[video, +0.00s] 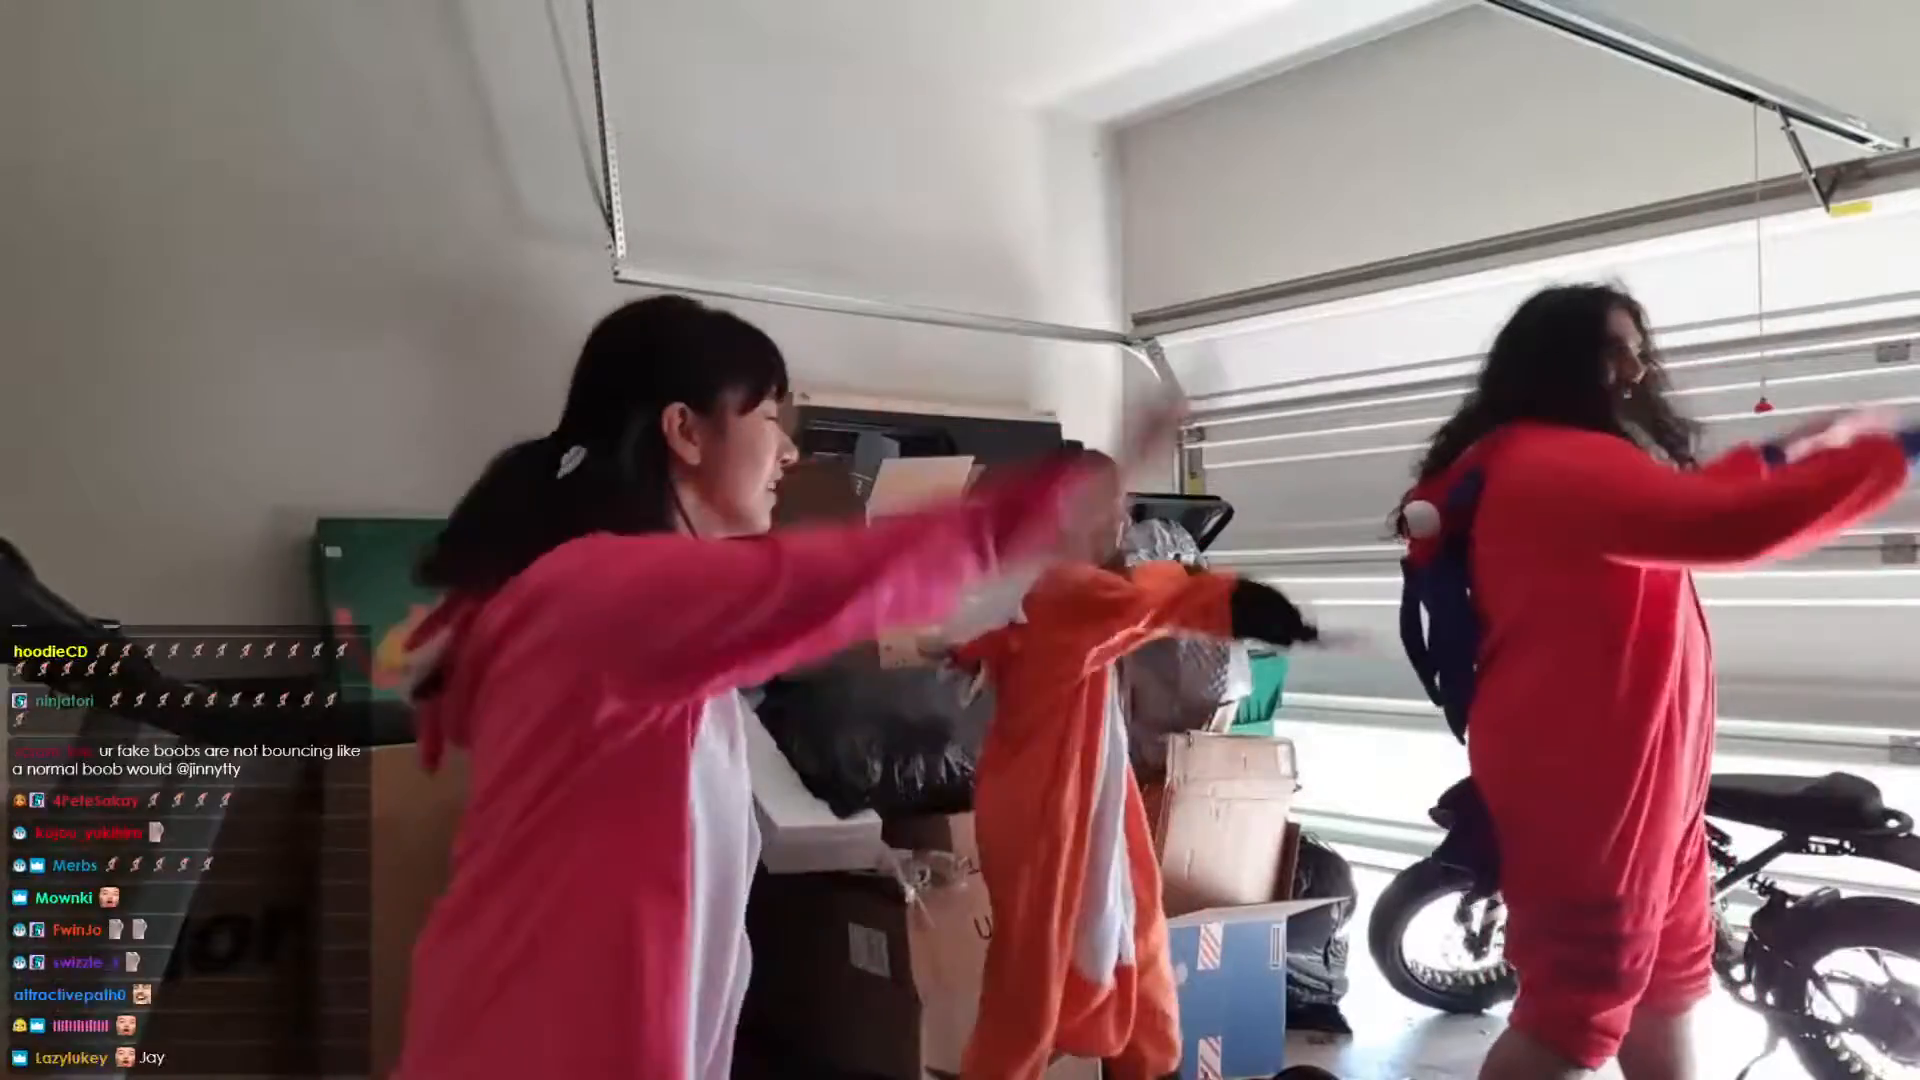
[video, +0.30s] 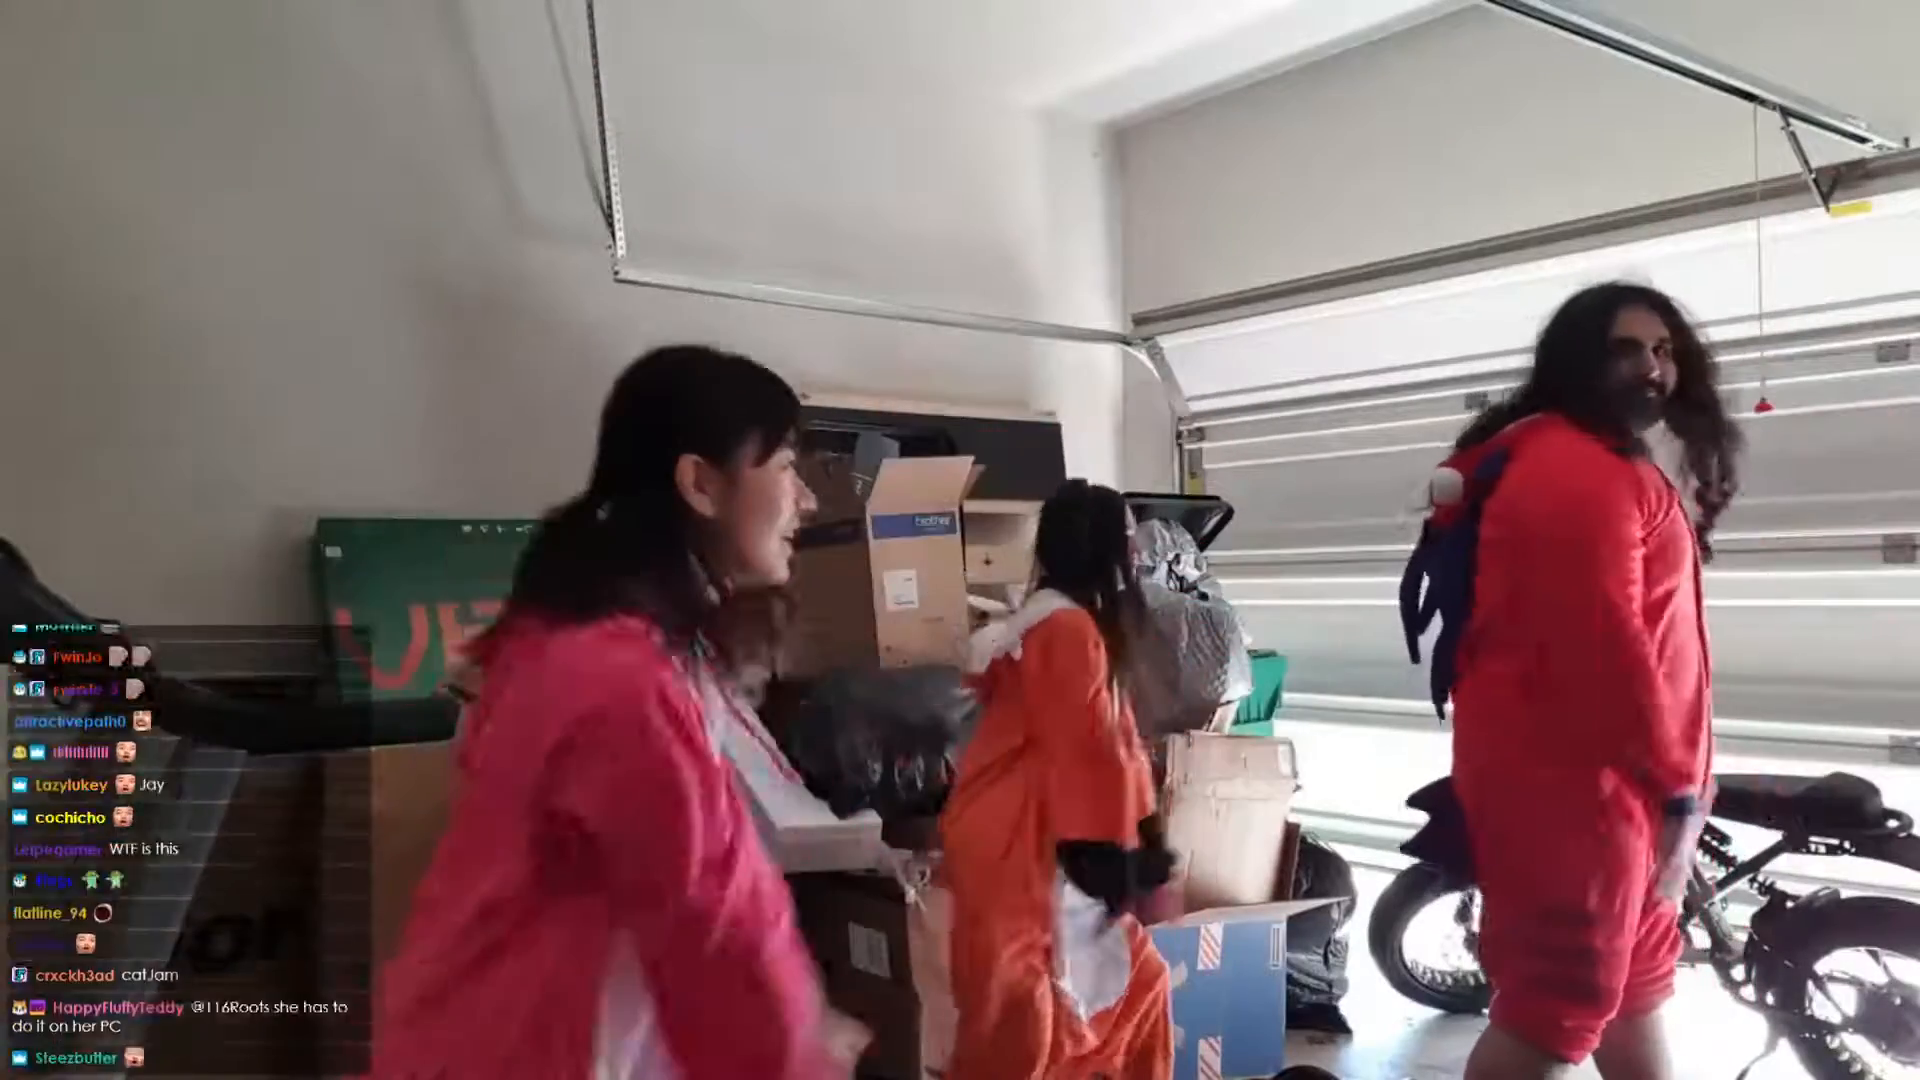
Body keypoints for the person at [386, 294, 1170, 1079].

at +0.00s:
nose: (791, 455)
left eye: (788, 425)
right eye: (773, 421)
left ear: (689, 440)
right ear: (686, 434)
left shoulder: (648, 609)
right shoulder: (592, 589)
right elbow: (867, 577)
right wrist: (1094, 480)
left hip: (634, 1043)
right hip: (552, 1049)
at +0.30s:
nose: (806, 501)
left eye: (797, 468)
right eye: (783, 467)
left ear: (699, 488)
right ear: (700, 485)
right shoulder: (625, 680)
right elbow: (721, 932)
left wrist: (800, 1027)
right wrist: (806, 1048)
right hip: (534, 1052)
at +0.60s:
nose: (687, 511)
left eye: (689, 483)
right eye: (673, 480)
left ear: (587, 508)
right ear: (617, 504)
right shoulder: (561, 674)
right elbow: (731, 469)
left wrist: (744, 243)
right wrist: (754, 230)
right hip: (633, 1058)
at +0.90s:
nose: (793, 449)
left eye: (786, 417)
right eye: (767, 413)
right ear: (669, 437)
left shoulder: (663, 600)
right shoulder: (600, 601)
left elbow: (854, 679)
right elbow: (837, 674)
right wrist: (1081, 686)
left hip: (652, 1036)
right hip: (562, 1042)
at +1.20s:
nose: (758, 483)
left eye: (771, 455)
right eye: (715, 451)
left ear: (790, 479)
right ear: (627, 482)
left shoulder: (693, 653)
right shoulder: (621, 674)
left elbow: (785, 876)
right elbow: (728, 926)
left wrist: (879, 1044)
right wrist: (866, 1049)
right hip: (532, 1062)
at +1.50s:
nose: (660, 485)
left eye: (669, 461)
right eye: (620, 463)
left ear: (685, 474)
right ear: (531, 503)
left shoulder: (617, 664)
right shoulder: (561, 665)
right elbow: (727, 473)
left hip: (697, 1055)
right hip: (616, 1059)